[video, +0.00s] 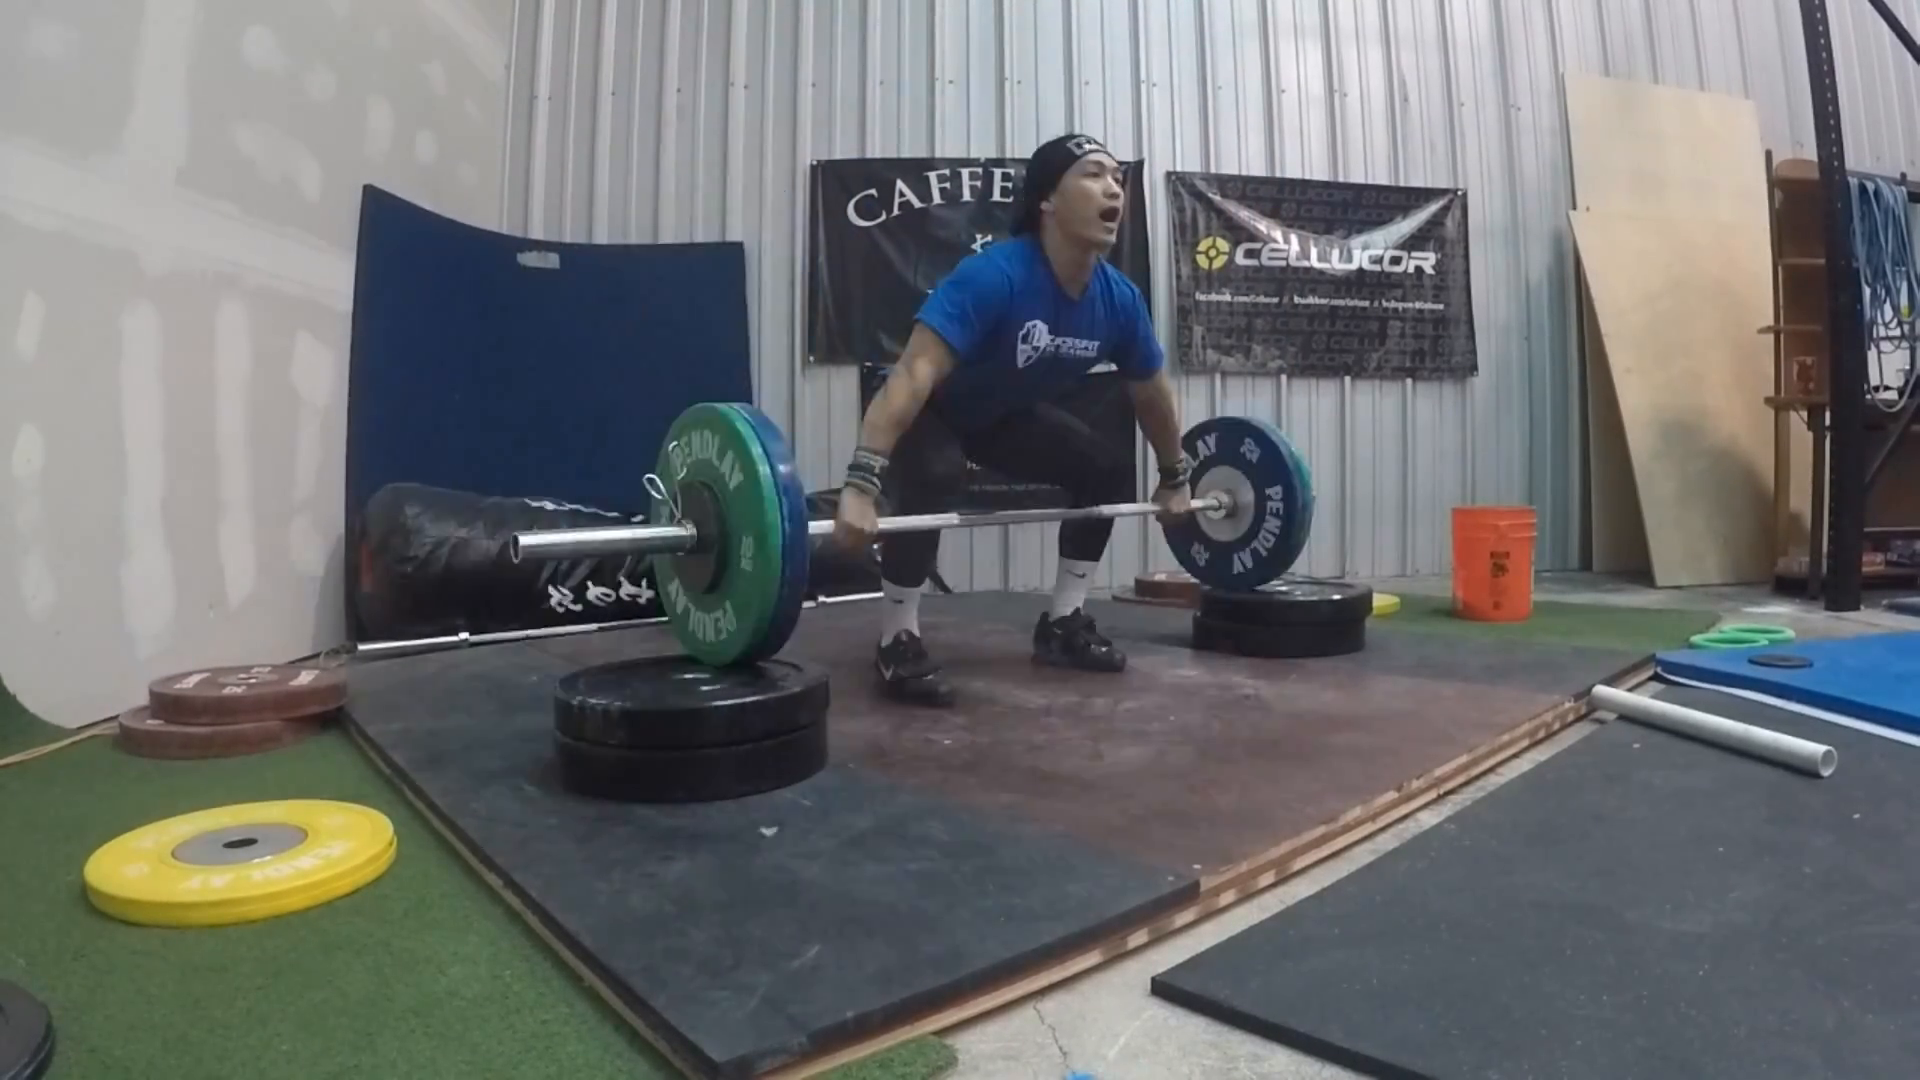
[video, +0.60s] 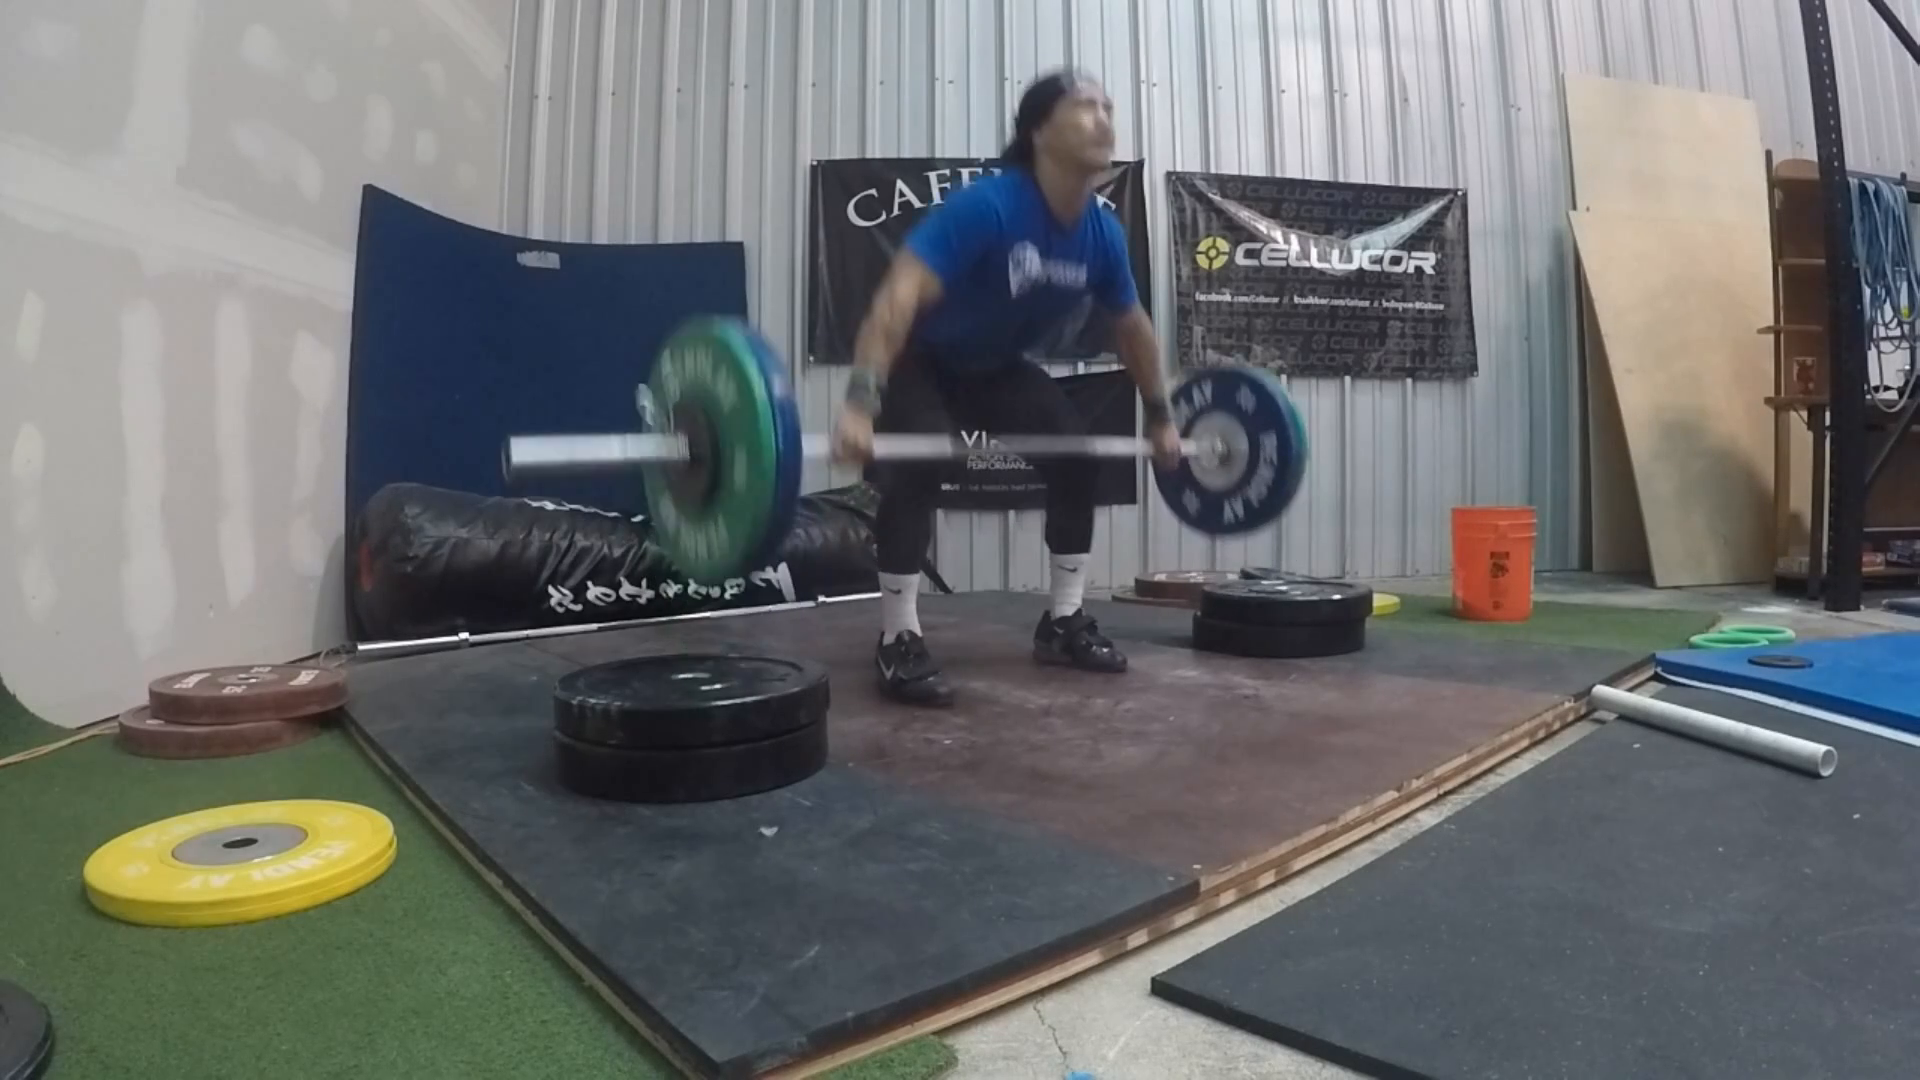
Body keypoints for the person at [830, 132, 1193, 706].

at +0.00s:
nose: (1114, 189)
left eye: (1118, 178)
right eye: (1094, 175)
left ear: (1122, 202)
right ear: (1048, 202)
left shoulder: (1121, 302)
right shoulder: (991, 276)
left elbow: (1151, 392)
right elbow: (913, 372)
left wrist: (1175, 477)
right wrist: (861, 480)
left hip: (1004, 418)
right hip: (928, 413)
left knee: (1104, 466)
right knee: (932, 474)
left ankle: (1063, 621)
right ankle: (900, 638)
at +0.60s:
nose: (1104, 119)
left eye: (1106, 109)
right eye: (1085, 108)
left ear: (1111, 132)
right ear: (1040, 133)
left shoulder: (1102, 231)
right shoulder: (984, 206)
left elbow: (1131, 324)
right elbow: (900, 294)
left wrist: (1162, 417)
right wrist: (860, 400)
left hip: (996, 367)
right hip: (920, 361)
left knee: (1076, 451)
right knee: (917, 459)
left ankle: (1064, 620)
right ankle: (899, 639)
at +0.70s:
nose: (1084, 63)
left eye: (1085, 55)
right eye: (1063, 53)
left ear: (1089, 85)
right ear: (1022, 81)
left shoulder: (1090, 183)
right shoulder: (972, 159)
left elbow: (1124, 277)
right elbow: (884, 233)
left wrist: (1152, 365)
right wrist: (853, 333)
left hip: (1001, 347)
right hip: (916, 340)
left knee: (1074, 454)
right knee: (924, 459)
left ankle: (1063, 620)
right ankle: (901, 639)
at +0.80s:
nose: (1012, 19)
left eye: (1014, 15)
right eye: (993, 15)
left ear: (1022, 49)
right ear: (962, 48)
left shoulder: (1055, 134)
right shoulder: (941, 112)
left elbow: (1097, 223)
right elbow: (858, 176)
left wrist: (1143, 309)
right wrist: (841, 266)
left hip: (1037, 331)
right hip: (957, 329)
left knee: (1111, 460)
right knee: (963, 456)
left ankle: (1072, 613)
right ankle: (908, 632)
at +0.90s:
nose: (937, 20)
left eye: (938, 18)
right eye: (917, 21)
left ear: (949, 46)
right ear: (891, 49)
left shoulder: (1005, 111)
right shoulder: (890, 83)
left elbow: (1067, 181)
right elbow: (833, 126)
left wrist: (1138, 244)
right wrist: (837, 183)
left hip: (1035, 276)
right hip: (959, 271)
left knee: (1077, 422)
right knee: (954, 416)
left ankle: (1086, 600)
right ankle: (912, 620)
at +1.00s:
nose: (902, 72)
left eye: (904, 67)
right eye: (886, 68)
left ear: (915, 87)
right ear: (858, 92)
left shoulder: (953, 136)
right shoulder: (859, 130)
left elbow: (1038, 185)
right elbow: (797, 146)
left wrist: (1134, 200)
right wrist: (824, 127)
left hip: (1009, 292)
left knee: (1080, 441)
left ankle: (1041, 595)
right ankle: (871, 615)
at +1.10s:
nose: (914, 139)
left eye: (920, 133)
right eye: (898, 133)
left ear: (932, 155)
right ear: (873, 155)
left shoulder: (971, 213)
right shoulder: (865, 201)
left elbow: (1043, 237)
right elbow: (786, 197)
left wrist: (1108, 187)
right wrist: (804, 123)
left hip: (998, 404)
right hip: (926, 406)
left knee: (1110, 499)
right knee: (916, 517)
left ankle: (1016, 605)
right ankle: (854, 631)